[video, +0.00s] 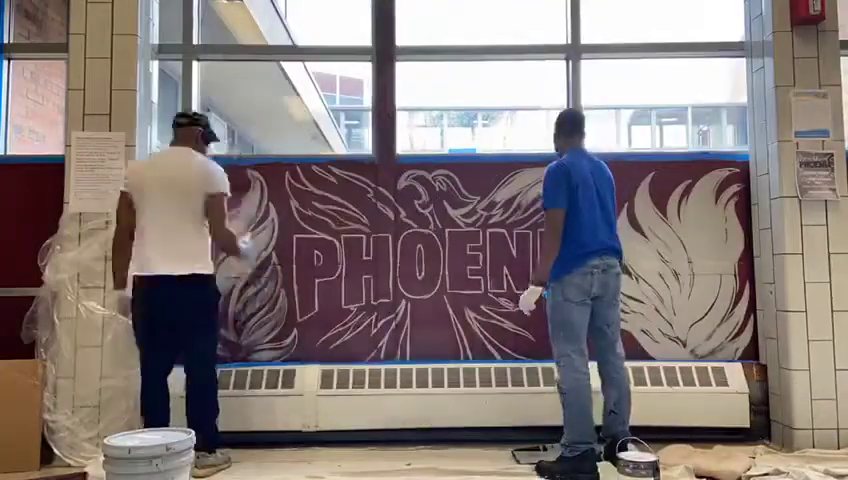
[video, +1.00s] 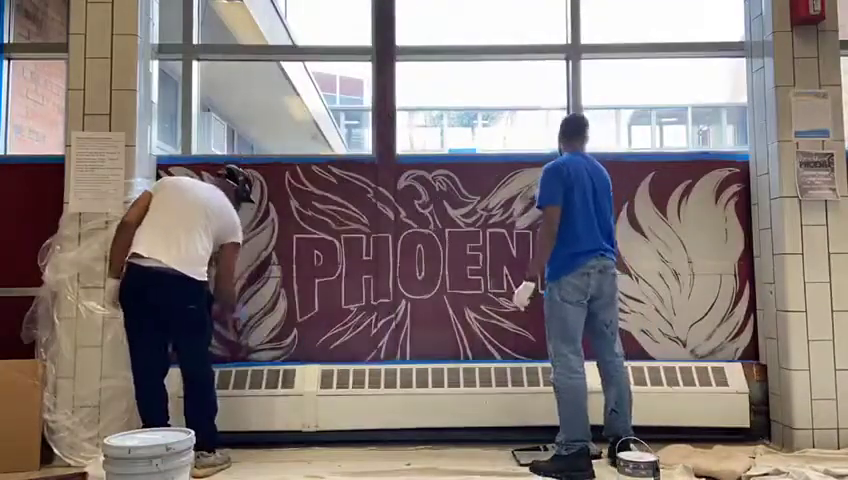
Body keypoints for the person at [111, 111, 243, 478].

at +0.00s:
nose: (209, 150)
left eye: (209, 145)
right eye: (209, 144)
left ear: (174, 134)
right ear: (200, 137)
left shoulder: (137, 170)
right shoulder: (210, 170)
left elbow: (123, 233)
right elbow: (218, 230)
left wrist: (120, 288)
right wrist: (237, 247)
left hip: (149, 287)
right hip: (194, 286)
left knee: (153, 373)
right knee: (201, 371)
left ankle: (155, 454)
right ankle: (203, 452)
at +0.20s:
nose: (244, 181)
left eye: (245, 175)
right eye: (244, 175)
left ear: (214, 156)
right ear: (236, 166)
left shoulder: (168, 167)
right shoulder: (235, 196)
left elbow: (136, 215)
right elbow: (233, 261)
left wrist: (120, 269)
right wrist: (233, 294)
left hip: (152, 279)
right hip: (199, 286)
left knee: (156, 370)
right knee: (202, 370)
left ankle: (160, 452)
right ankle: (204, 452)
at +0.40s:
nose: (240, 197)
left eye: (242, 192)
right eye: (241, 191)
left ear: (208, 167)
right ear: (232, 181)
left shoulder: (165, 175)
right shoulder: (230, 207)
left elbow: (132, 221)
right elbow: (229, 274)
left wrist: (120, 277)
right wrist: (227, 314)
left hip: (145, 281)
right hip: (193, 288)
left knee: (151, 371)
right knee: (200, 370)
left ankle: (158, 451)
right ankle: (203, 451)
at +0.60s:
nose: (242, 207)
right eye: (244, 202)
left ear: (221, 178)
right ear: (242, 197)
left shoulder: (177, 182)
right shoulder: (236, 215)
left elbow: (137, 223)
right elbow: (236, 281)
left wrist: (127, 275)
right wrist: (240, 328)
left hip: (148, 279)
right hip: (195, 288)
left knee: (153, 373)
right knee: (202, 372)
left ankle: (159, 452)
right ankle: (205, 451)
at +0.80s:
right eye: (244, 212)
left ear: (224, 189)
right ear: (243, 209)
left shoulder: (177, 187)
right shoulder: (235, 224)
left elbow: (136, 221)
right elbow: (234, 290)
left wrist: (123, 274)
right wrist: (233, 333)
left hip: (143, 280)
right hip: (189, 289)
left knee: (150, 375)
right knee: (199, 373)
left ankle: (159, 452)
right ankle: (205, 451)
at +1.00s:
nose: (238, 206)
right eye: (240, 201)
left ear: (212, 178)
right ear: (236, 196)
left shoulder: (168, 183)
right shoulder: (231, 217)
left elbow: (128, 222)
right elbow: (225, 280)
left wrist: (115, 273)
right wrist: (227, 310)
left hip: (138, 282)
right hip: (186, 289)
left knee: (147, 374)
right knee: (196, 372)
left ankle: (157, 452)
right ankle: (203, 451)